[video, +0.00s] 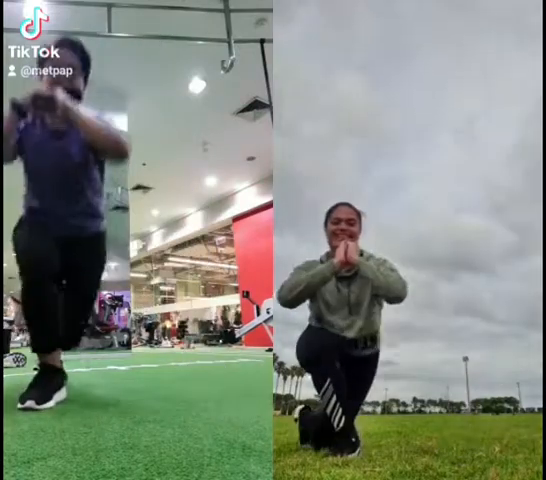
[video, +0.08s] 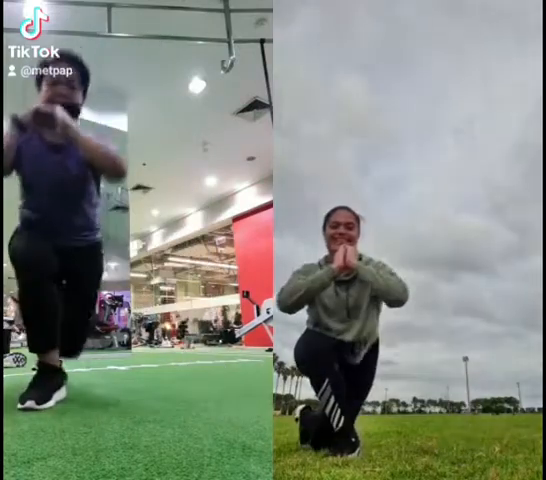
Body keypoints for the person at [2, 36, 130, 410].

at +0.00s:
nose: (54, 75)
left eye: (65, 68)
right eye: (48, 66)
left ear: (81, 79)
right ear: (37, 72)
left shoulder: (89, 121)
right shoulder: (27, 120)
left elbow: (120, 149)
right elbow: (4, 155)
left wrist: (69, 111)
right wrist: (15, 114)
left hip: (85, 230)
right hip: (38, 224)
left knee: (71, 329)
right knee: (36, 270)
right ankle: (51, 370)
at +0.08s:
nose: (57, 91)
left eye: (68, 84)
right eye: (50, 82)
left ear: (81, 96)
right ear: (38, 89)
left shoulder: (90, 140)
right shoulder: (23, 135)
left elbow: (117, 169)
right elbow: (4, 165)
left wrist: (69, 131)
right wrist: (18, 127)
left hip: (82, 243)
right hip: (36, 236)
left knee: (70, 343)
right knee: (28, 256)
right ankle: (50, 368)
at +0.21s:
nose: (53, 100)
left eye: (63, 94)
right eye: (45, 91)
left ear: (75, 105)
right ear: (31, 98)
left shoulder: (86, 146)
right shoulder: (17, 143)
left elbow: (116, 184)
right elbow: (3, 181)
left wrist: (66, 141)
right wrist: (16, 138)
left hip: (82, 250)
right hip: (36, 246)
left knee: (73, 353)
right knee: (29, 259)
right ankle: (48, 369)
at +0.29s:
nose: (47, 99)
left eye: (56, 92)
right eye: (39, 91)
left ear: (69, 102)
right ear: (24, 99)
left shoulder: (83, 144)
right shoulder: (14, 144)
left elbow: (117, 180)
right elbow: (3, 181)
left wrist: (65, 141)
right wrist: (13, 141)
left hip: (84, 250)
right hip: (38, 246)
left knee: (72, 352)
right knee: (29, 256)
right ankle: (47, 369)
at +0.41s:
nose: (39, 107)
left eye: (48, 100)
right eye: (32, 99)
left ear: (61, 100)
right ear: (20, 97)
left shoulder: (74, 136)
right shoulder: (12, 137)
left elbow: (119, 160)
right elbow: (4, 168)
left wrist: (65, 128)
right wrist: (13, 133)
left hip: (86, 240)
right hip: (39, 236)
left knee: (71, 339)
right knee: (32, 258)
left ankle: (44, 351)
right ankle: (47, 367)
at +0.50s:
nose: (37, 87)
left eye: (46, 81)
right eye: (30, 79)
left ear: (60, 83)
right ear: (19, 80)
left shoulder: (76, 120)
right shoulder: (12, 125)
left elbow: (120, 140)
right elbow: (4, 160)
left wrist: (66, 112)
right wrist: (11, 118)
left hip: (88, 226)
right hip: (41, 224)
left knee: (77, 313)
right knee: (35, 269)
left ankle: (48, 354)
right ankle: (48, 367)